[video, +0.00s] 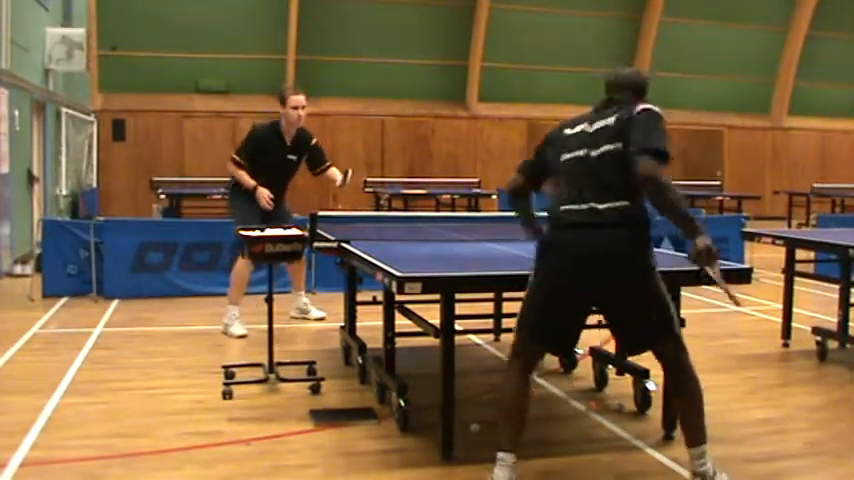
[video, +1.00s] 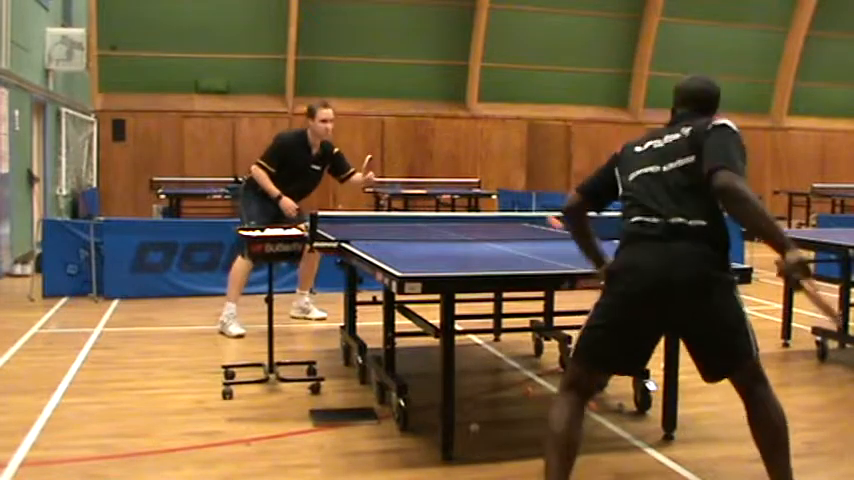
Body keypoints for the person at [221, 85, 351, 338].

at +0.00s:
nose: (300, 113)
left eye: (303, 108)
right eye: (295, 108)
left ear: (307, 110)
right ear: (282, 110)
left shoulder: (305, 139)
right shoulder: (261, 134)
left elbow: (325, 167)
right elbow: (233, 166)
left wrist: (338, 178)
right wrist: (256, 189)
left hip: (275, 198)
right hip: (246, 196)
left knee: (294, 243)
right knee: (250, 248)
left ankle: (299, 302)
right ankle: (232, 315)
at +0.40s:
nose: (309, 132)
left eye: (312, 127)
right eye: (304, 127)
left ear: (314, 128)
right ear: (290, 127)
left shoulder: (307, 154)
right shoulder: (267, 145)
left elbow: (312, 186)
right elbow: (240, 180)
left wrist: (319, 201)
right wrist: (265, 205)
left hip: (275, 205)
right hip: (245, 201)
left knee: (302, 245)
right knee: (243, 252)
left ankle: (300, 302)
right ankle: (220, 316)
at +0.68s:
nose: (327, 144)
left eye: (329, 138)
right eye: (322, 138)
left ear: (330, 138)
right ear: (307, 135)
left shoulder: (318, 163)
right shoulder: (280, 149)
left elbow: (330, 192)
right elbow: (250, 179)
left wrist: (345, 188)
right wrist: (273, 207)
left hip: (275, 207)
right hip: (247, 200)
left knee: (306, 246)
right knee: (244, 253)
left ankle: (300, 303)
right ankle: (220, 317)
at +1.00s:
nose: (329, 126)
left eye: (332, 121)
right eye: (324, 121)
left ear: (334, 123)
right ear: (310, 122)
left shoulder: (328, 151)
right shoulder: (287, 141)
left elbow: (349, 177)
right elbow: (257, 170)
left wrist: (364, 178)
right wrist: (280, 198)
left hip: (285, 203)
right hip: (257, 196)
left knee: (314, 242)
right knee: (251, 248)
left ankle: (302, 302)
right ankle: (228, 314)